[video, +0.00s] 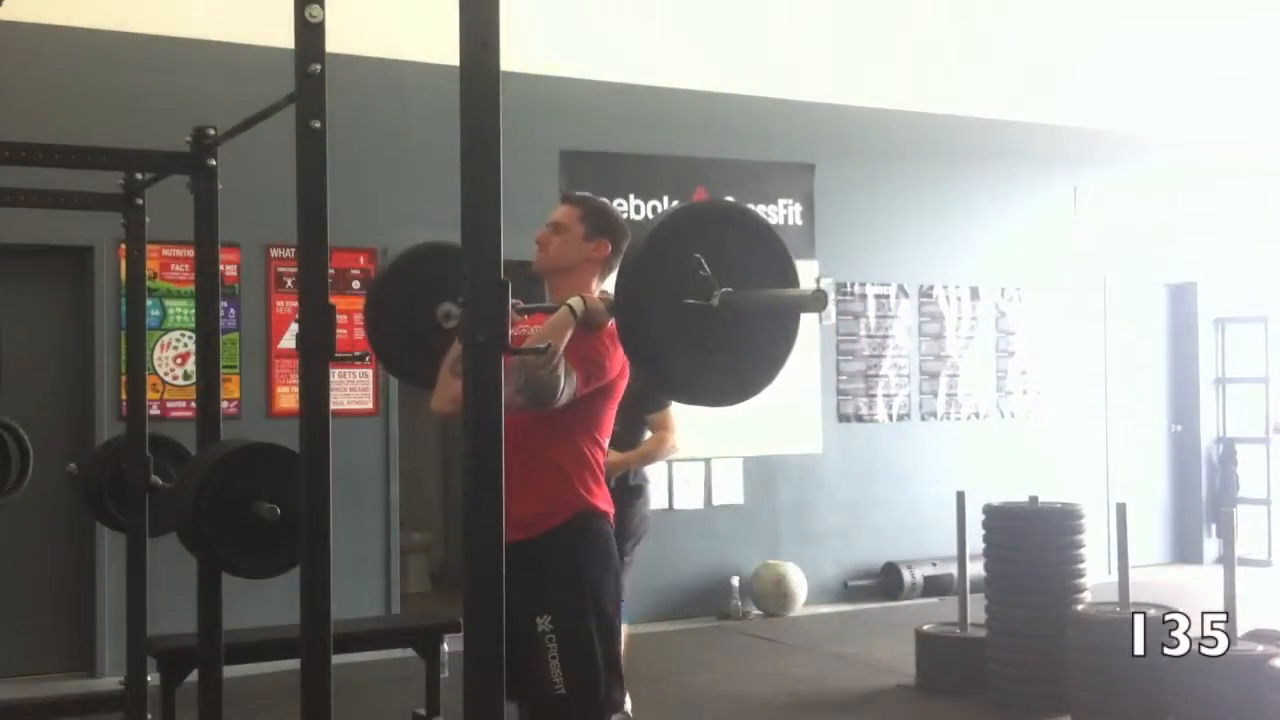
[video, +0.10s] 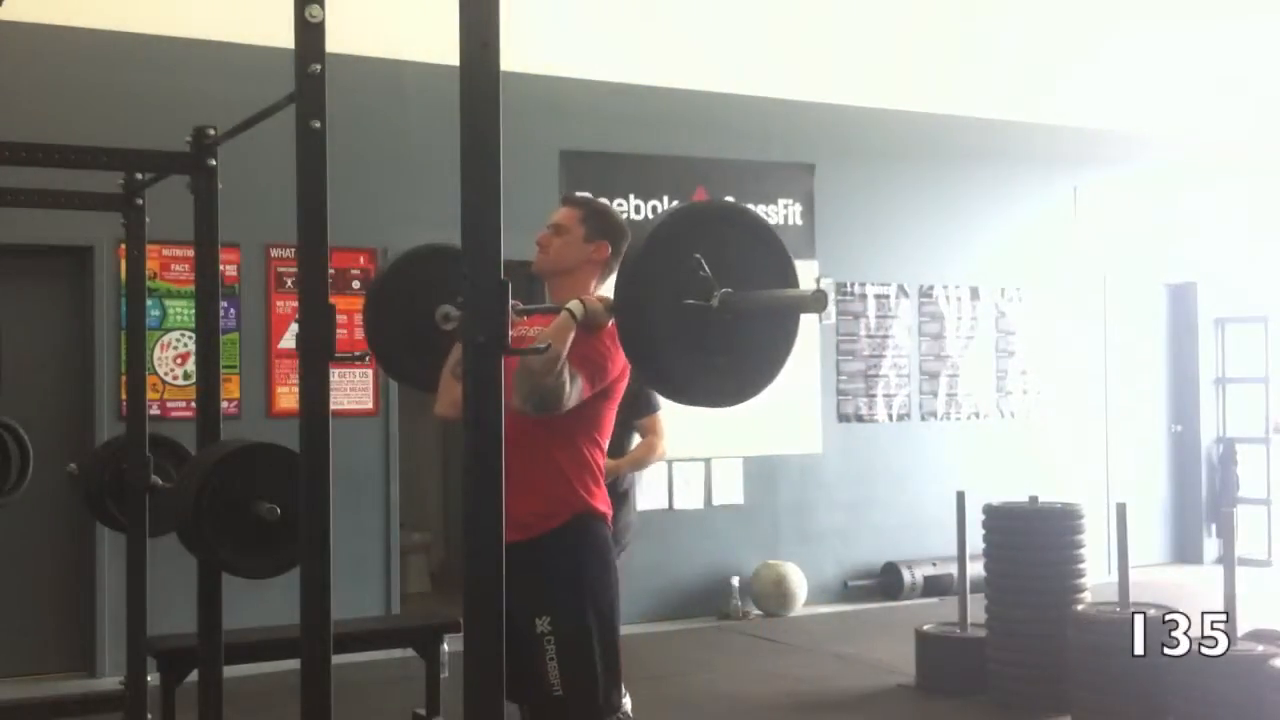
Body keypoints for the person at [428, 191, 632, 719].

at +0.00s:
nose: (540, 236)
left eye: (557, 229)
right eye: (544, 228)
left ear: (598, 250)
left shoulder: (601, 339)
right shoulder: (518, 331)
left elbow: (535, 387)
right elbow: (443, 400)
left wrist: (570, 310)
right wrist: (472, 324)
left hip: (571, 531)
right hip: (507, 536)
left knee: (590, 690)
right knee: (526, 688)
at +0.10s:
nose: (540, 238)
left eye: (558, 231)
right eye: (545, 229)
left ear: (597, 252)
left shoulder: (604, 336)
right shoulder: (521, 328)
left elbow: (540, 395)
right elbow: (447, 405)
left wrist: (572, 313)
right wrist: (473, 327)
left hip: (568, 533)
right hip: (506, 536)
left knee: (585, 696)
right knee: (526, 693)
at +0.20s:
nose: (554, 236)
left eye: (572, 231)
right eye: (561, 227)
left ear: (606, 256)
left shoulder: (605, 330)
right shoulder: (525, 326)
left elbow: (546, 393)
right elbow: (454, 400)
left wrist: (571, 301)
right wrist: (470, 323)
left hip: (567, 528)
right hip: (506, 530)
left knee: (586, 688)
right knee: (518, 687)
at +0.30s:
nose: (573, 232)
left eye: (593, 228)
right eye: (576, 223)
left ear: (616, 256)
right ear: (567, 244)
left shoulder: (612, 321)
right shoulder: (532, 323)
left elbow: (550, 370)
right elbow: (454, 377)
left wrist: (570, 278)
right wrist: (469, 299)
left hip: (565, 525)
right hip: (505, 524)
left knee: (577, 687)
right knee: (508, 682)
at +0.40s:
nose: (578, 241)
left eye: (596, 234)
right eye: (581, 232)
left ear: (624, 261)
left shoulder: (624, 324)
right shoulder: (532, 327)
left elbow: (554, 325)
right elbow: (452, 346)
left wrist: (570, 240)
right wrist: (475, 267)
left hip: (564, 527)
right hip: (503, 525)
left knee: (568, 692)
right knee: (506, 685)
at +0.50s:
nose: (576, 235)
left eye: (595, 226)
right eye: (578, 223)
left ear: (629, 261)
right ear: (570, 246)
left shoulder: (631, 327)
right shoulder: (529, 321)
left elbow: (573, 297)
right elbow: (453, 327)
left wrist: (574, 216)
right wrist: (482, 242)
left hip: (568, 523)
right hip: (498, 520)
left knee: (578, 684)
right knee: (506, 676)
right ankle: (527, 709)